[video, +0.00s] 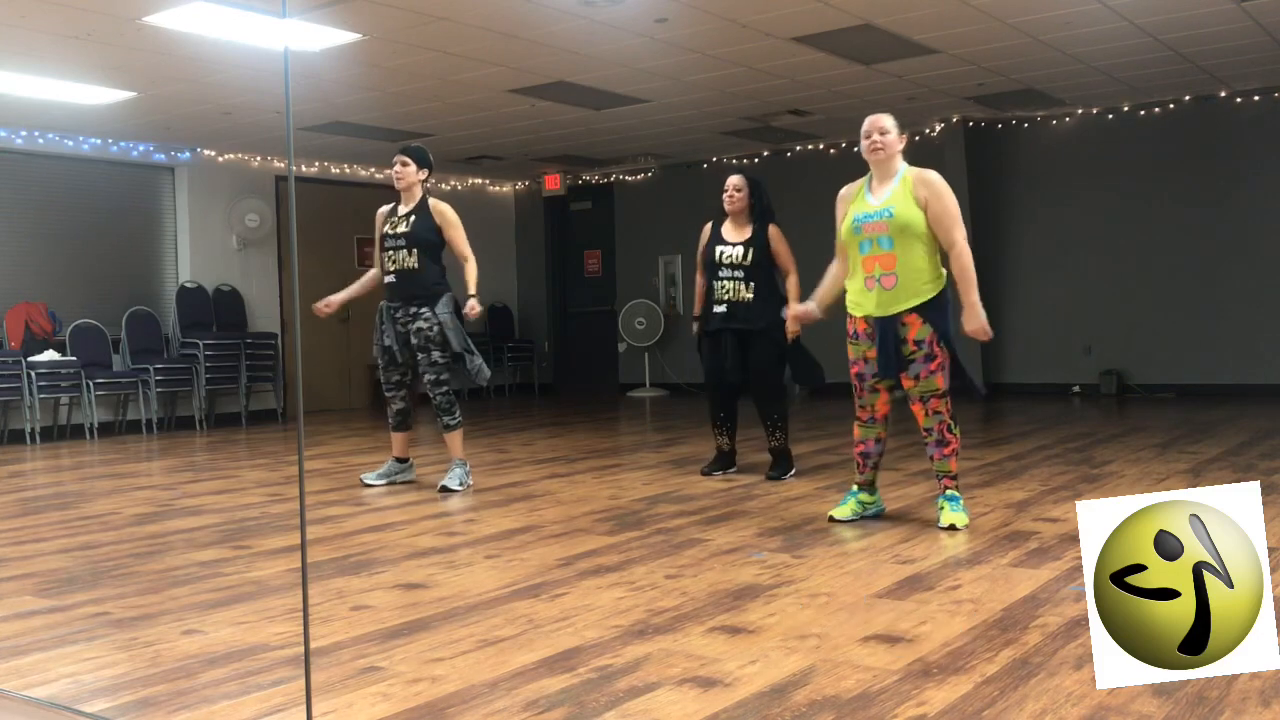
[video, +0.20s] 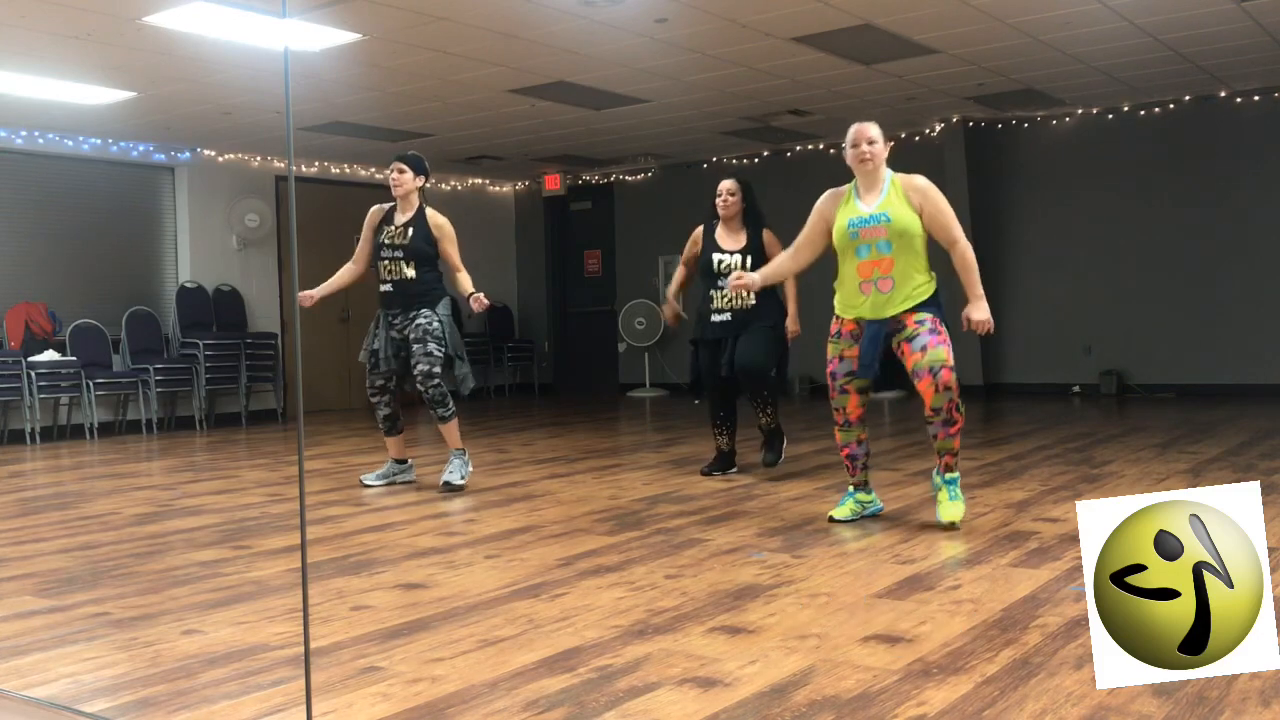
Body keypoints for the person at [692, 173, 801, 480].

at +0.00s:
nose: (729, 194)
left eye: (737, 190)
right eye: (726, 190)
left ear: (752, 196)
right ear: (721, 196)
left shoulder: (768, 231)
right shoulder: (710, 230)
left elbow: (790, 271)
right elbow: (701, 274)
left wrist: (793, 314)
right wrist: (697, 316)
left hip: (762, 328)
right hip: (720, 329)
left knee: (767, 390)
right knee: (720, 391)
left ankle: (781, 457)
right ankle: (725, 454)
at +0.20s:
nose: (723, 199)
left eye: (730, 194)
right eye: (719, 195)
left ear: (744, 200)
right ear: (714, 201)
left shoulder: (762, 237)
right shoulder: (702, 235)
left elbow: (787, 274)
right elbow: (685, 267)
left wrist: (792, 314)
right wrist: (671, 297)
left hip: (758, 327)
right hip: (716, 329)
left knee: (751, 372)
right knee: (718, 392)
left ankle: (772, 435)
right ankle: (725, 454)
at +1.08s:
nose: (740, 196)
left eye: (747, 191)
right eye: (736, 191)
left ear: (762, 196)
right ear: (732, 198)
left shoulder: (777, 223)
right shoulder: (729, 234)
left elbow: (806, 249)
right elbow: (709, 269)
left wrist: (783, 255)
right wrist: (693, 237)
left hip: (776, 322)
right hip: (737, 323)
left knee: (774, 386)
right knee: (712, 373)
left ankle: (780, 458)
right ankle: (723, 440)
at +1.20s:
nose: (738, 200)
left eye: (746, 195)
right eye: (735, 194)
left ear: (759, 201)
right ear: (730, 200)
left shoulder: (774, 228)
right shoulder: (728, 239)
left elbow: (808, 251)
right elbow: (716, 284)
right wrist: (698, 259)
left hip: (775, 326)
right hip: (737, 326)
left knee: (774, 388)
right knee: (705, 368)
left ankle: (780, 458)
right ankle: (721, 428)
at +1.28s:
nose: (739, 198)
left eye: (747, 194)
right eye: (735, 192)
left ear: (759, 199)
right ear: (729, 197)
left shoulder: (775, 226)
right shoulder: (724, 235)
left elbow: (807, 259)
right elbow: (721, 281)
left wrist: (825, 297)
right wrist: (709, 276)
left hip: (775, 325)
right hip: (734, 326)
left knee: (774, 389)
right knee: (709, 378)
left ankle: (780, 458)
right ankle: (721, 442)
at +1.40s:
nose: (740, 200)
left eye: (747, 194)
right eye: (736, 194)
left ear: (760, 198)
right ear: (729, 199)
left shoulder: (779, 229)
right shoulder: (719, 234)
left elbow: (805, 266)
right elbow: (703, 274)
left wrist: (815, 303)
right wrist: (697, 272)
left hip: (771, 326)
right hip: (729, 329)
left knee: (774, 389)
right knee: (724, 389)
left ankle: (779, 458)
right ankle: (727, 454)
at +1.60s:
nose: (733, 202)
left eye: (740, 196)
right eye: (729, 196)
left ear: (753, 201)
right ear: (722, 200)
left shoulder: (772, 235)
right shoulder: (707, 232)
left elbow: (789, 277)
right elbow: (677, 263)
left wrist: (799, 314)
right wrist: (654, 287)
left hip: (766, 323)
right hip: (721, 325)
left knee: (754, 378)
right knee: (723, 387)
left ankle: (772, 446)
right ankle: (727, 455)